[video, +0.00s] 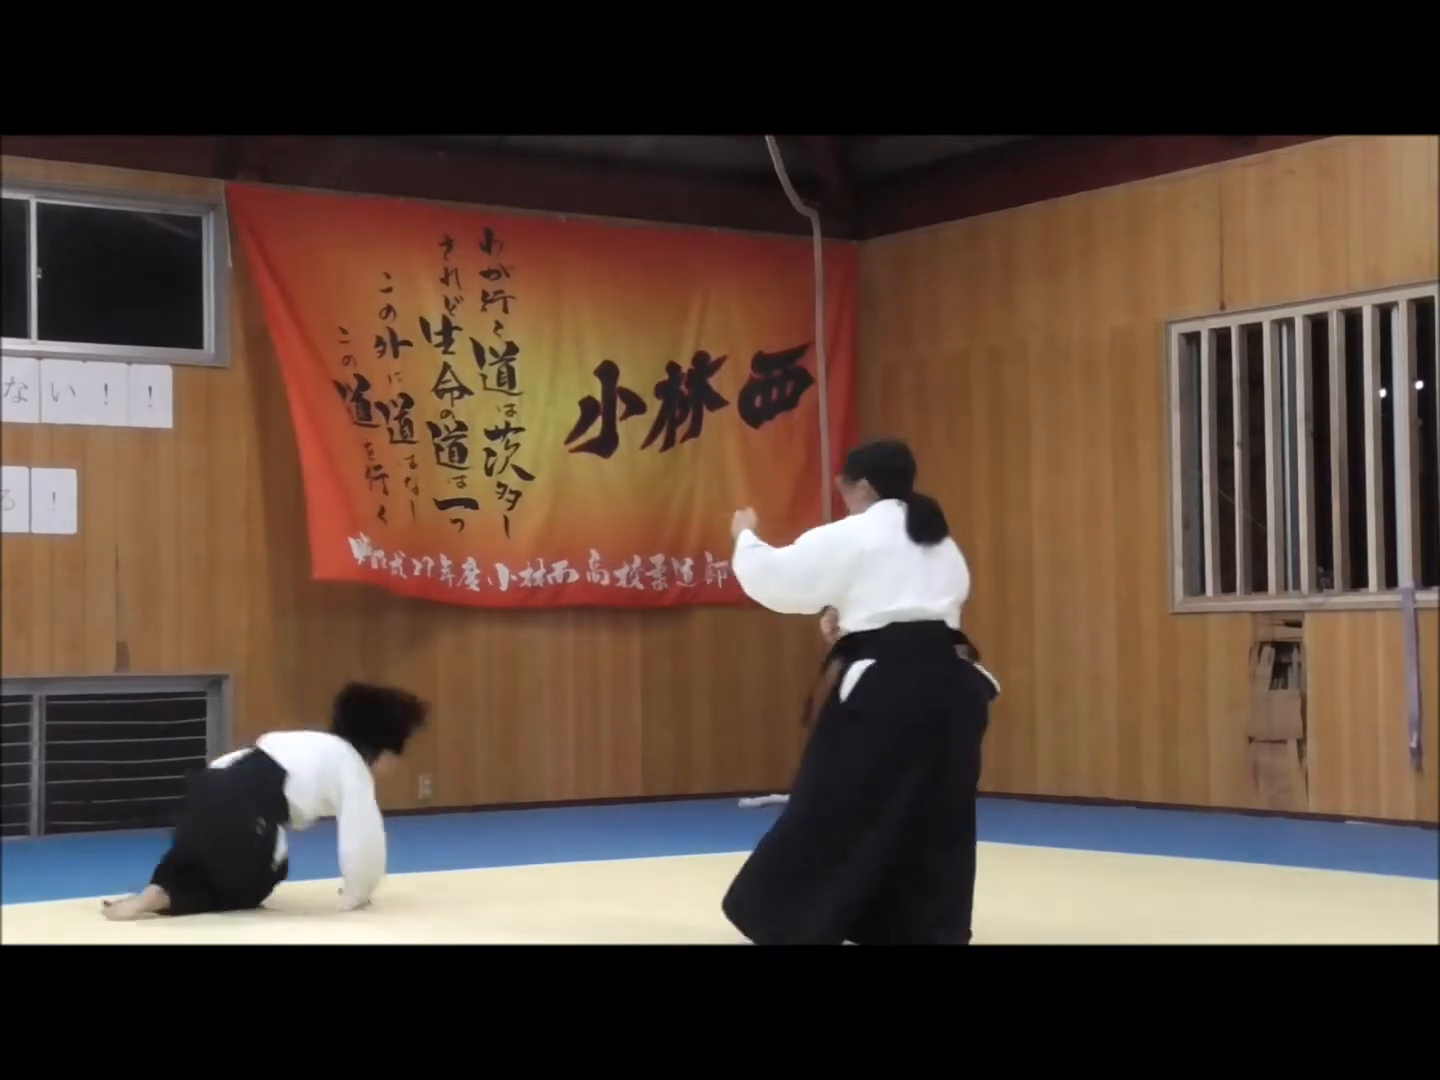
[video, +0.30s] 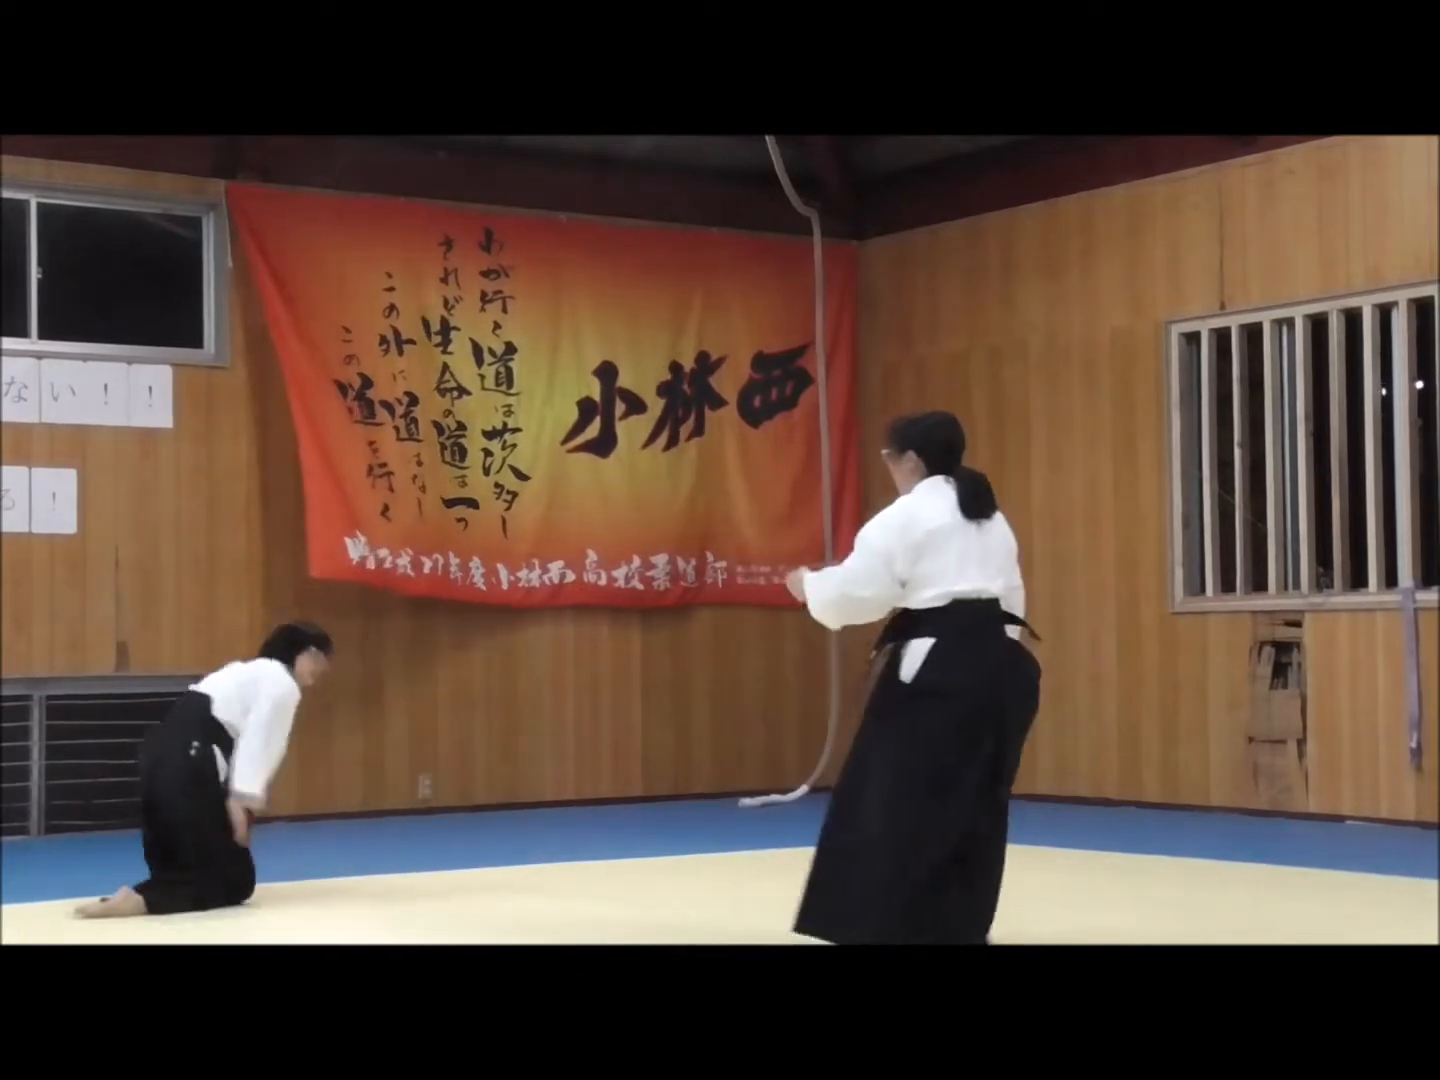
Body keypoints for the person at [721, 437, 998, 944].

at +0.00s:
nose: (843, 498)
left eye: (845, 488)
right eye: (844, 489)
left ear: (863, 487)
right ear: (903, 486)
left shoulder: (851, 536)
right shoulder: (939, 538)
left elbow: (776, 578)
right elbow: (935, 603)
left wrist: (746, 539)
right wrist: (852, 621)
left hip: (883, 685)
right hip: (958, 684)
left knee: (839, 805)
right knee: (939, 816)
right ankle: (932, 929)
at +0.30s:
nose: (891, 471)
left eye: (892, 461)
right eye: (890, 461)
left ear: (912, 461)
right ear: (949, 459)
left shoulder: (902, 519)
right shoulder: (993, 517)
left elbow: (859, 591)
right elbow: (1010, 594)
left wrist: (808, 585)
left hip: (935, 664)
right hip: (1008, 663)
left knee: (894, 793)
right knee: (978, 802)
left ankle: (880, 925)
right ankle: (959, 929)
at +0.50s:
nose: (911, 466)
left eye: (913, 456)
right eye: (910, 457)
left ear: (935, 455)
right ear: (974, 453)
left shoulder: (926, 521)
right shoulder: (1017, 510)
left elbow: (892, 606)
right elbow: (1042, 595)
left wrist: (845, 634)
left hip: (971, 667)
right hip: (1039, 661)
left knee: (938, 803)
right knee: (1013, 804)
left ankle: (942, 926)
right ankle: (1046, 920)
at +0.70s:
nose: (930, 450)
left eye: (934, 439)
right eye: (931, 439)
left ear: (956, 441)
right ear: (993, 438)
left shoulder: (956, 508)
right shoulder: (1040, 495)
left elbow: (937, 608)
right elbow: (1066, 578)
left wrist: (897, 669)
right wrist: (1073, 640)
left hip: (997, 662)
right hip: (1065, 654)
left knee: (985, 807)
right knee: (1053, 803)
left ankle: (989, 929)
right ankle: (1053, 927)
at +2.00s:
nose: (897, 477)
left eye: (899, 467)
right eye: (897, 467)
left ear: (917, 469)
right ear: (956, 466)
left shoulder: (903, 533)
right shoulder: (1004, 526)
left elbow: (865, 613)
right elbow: (1021, 608)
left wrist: (831, 685)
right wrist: (1034, 668)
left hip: (935, 675)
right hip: (1009, 669)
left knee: (934, 802)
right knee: (1029, 791)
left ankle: (940, 927)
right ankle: (1069, 907)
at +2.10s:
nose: (875, 478)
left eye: (878, 468)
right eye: (875, 468)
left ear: (898, 469)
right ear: (934, 466)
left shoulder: (889, 532)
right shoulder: (980, 525)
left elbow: (853, 613)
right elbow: (987, 606)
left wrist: (812, 678)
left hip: (922, 673)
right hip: (990, 666)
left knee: (910, 798)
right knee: (984, 785)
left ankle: (920, 927)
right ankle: (1008, 913)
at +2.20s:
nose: (856, 483)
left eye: (859, 472)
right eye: (855, 472)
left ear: (884, 470)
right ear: (906, 469)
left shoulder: (888, 529)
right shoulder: (952, 517)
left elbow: (850, 610)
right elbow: (944, 599)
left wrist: (812, 660)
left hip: (910, 673)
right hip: (963, 668)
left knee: (898, 801)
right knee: (959, 799)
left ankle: (909, 926)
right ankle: (985, 922)